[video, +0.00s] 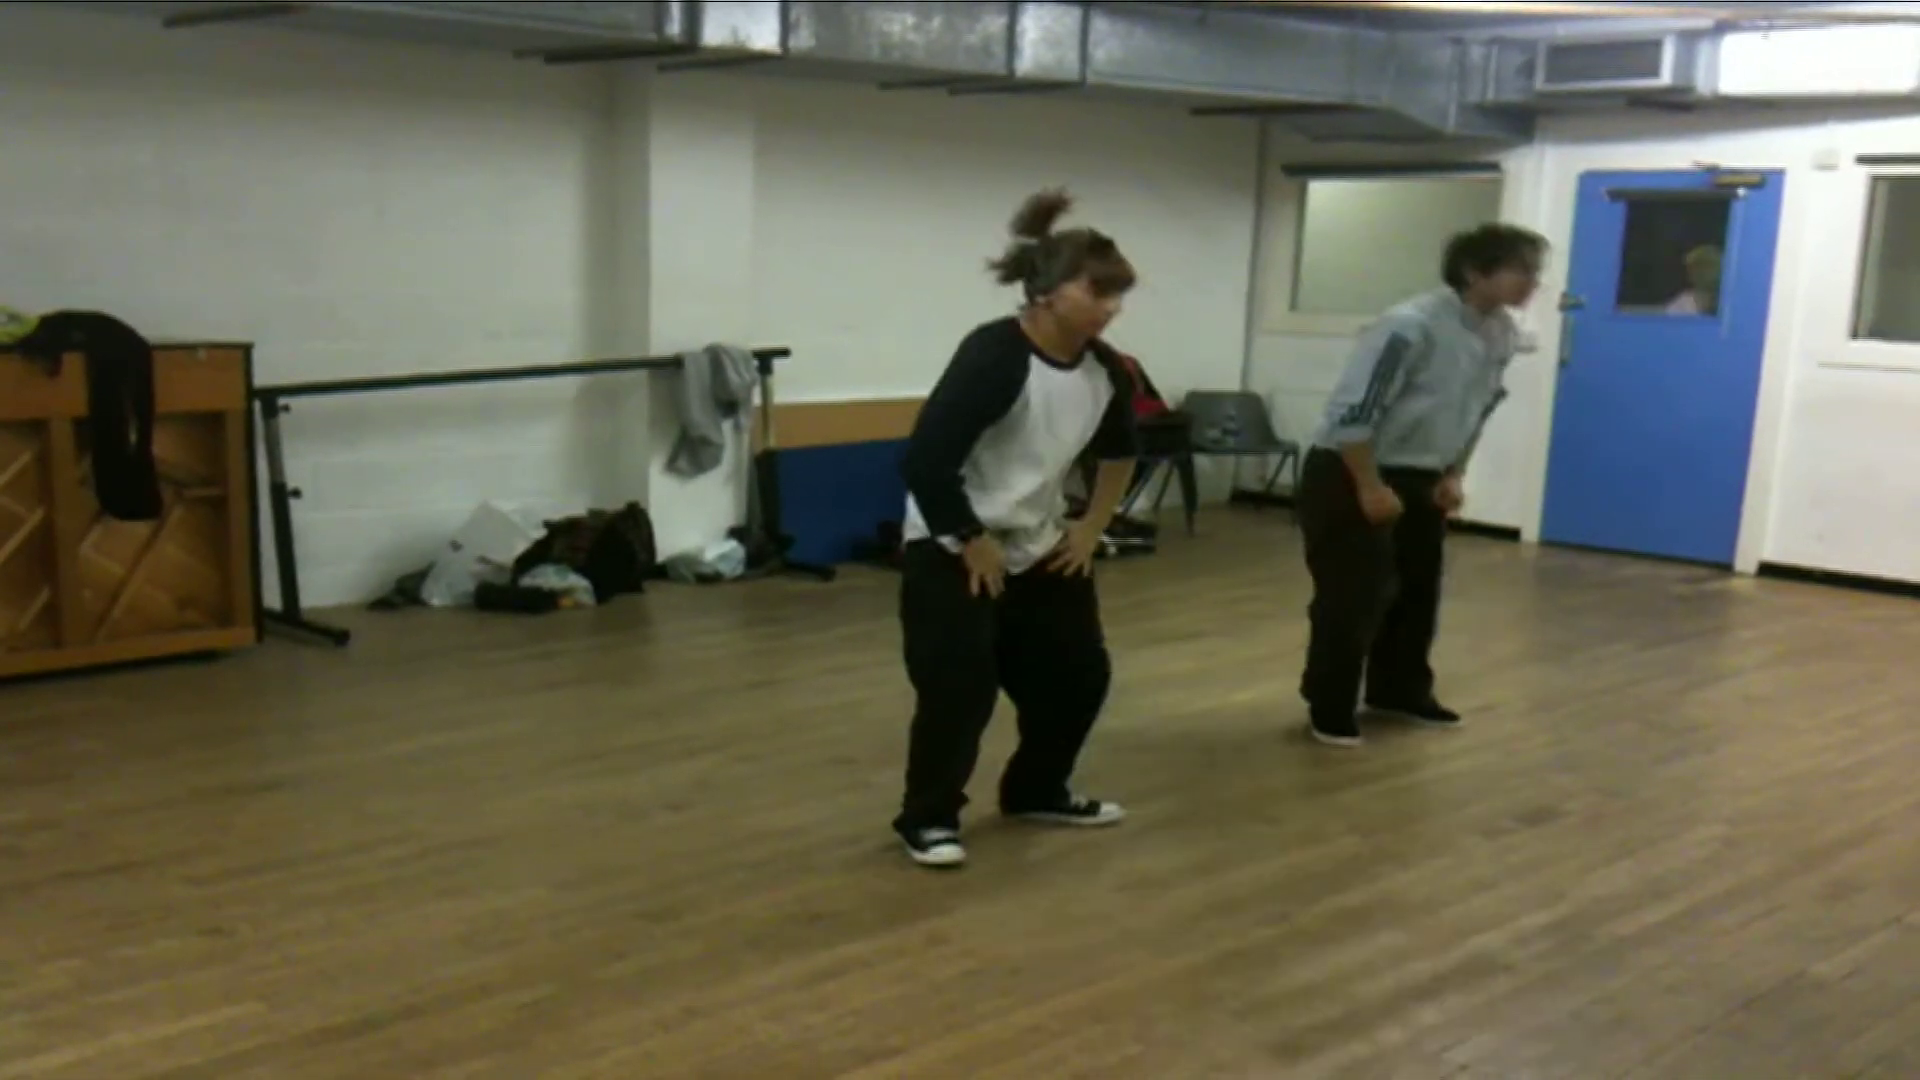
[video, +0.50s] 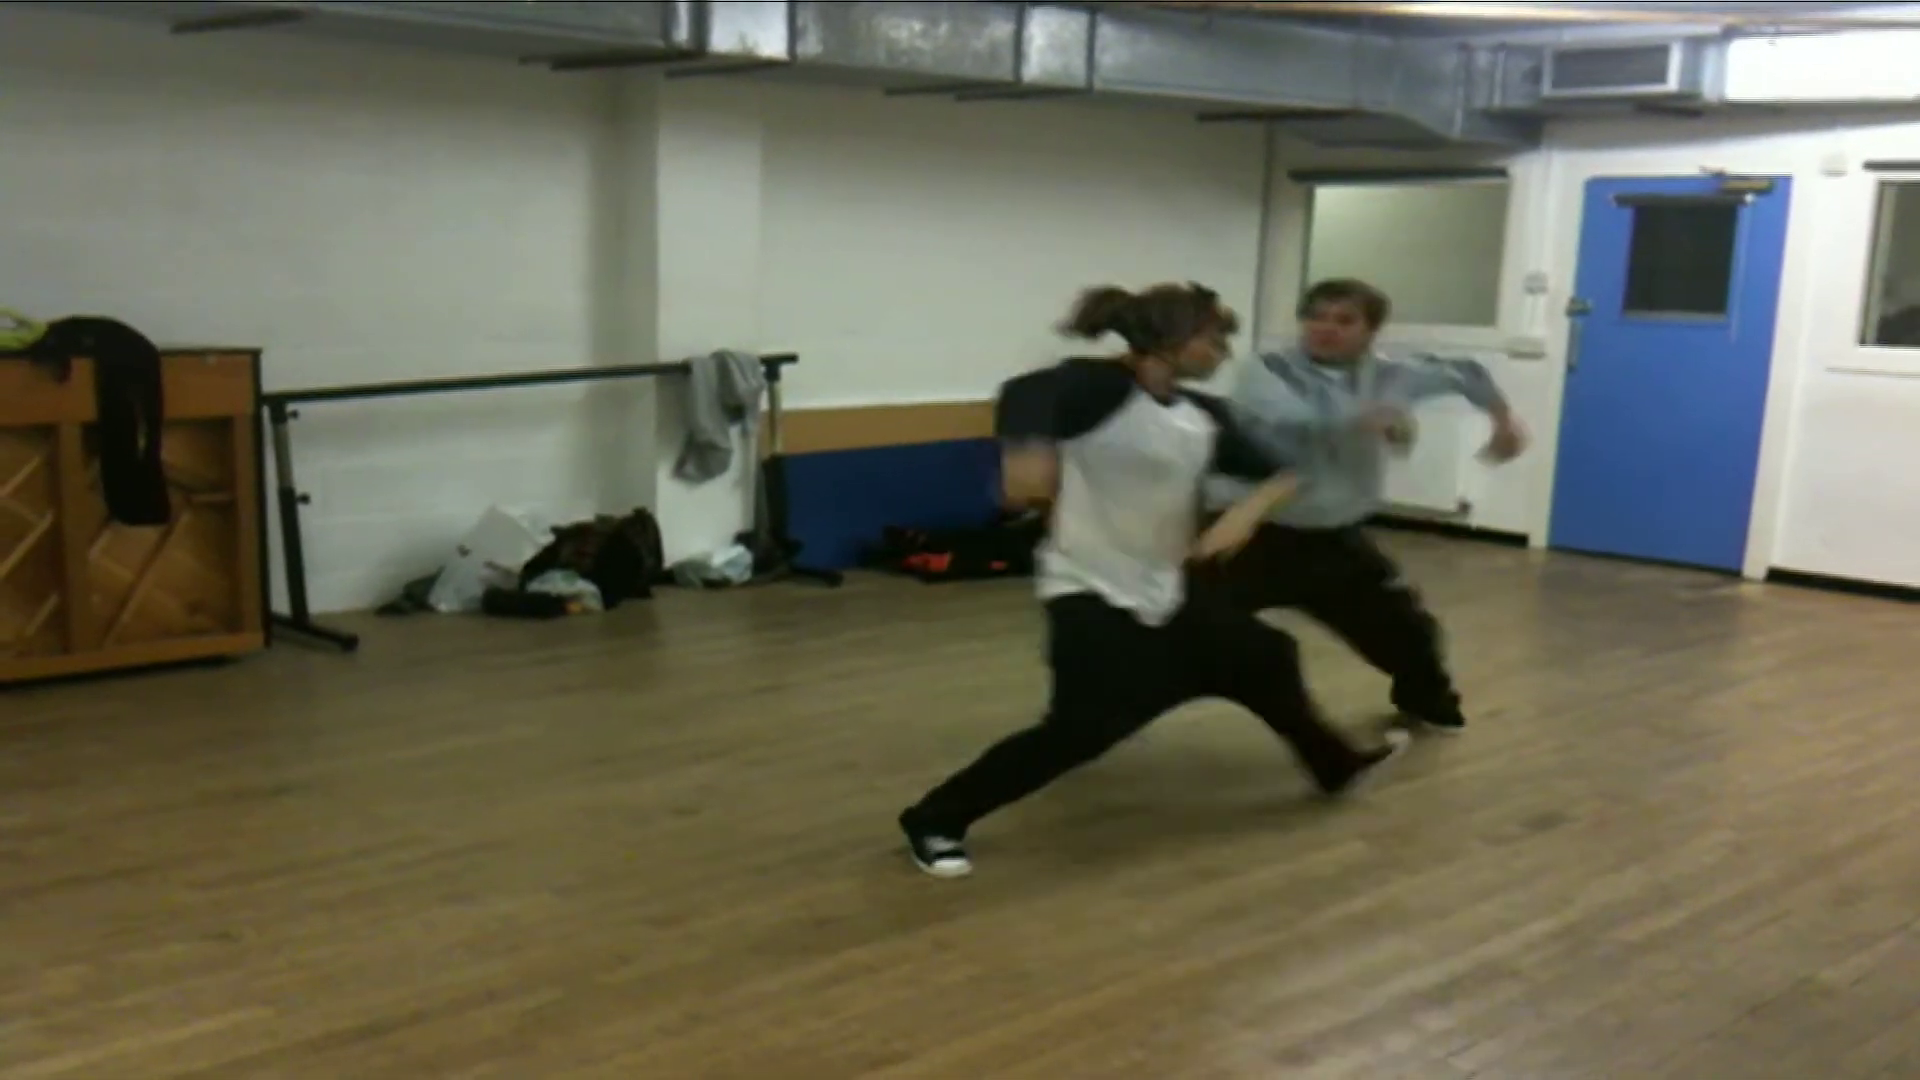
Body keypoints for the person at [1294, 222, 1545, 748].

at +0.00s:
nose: (1531, 285)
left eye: (1532, 274)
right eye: (1522, 272)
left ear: (1495, 279)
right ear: (1480, 273)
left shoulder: (1499, 336)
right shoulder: (1409, 326)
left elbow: (1476, 413)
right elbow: (1349, 417)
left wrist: (1453, 471)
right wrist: (1368, 484)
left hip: (1417, 476)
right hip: (1348, 470)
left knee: (1416, 587)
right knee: (1353, 590)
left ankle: (1399, 689)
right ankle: (1331, 706)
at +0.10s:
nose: (1484, 266)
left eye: (1489, 256)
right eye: (1471, 255)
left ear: (1493, 264)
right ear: (1436, 263)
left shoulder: (1483, 334)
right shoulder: (1386, 328)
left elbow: (1474, 412)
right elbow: (1348, 424)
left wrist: (1457, 476)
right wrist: (1373, 489)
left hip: (1425, 485)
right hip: (1356, 482)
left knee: (1417, 595)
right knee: (1361, 595)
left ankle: (1399, 690)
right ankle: (1333, 709)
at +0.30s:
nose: (1412, 288)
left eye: (1426, 279)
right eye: (1399, 279)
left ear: (1449, 292)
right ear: (1383, 291)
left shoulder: (1460, 358)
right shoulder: (1349, 354)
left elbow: (1447, 437)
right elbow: (1314, 452)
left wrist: (1440, 503)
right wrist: (1337, 518)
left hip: (1400, 494)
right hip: (1328, 491)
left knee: (1439, 592)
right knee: (1349, 595)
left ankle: (1417, 690)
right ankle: (1328, 704)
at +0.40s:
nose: (1376, 321)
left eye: (1391, 311)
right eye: (1366, 311)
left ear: (1416, 323)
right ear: (1353, 322)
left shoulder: (1446, 383)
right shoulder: (1321, 377)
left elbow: (1477, 433)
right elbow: (1305, 465)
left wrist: (1460, 500)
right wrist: (1374, 509)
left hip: (1378, 526)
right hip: (1295, 522)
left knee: (1442, 633)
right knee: (1282, 622)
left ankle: (1416, 699)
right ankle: (1245, 708)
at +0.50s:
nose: (1327, 329)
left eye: (1344, 321)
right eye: (1317, 318)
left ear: (1368, 333)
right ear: (1303, 323)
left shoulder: (1379, 378)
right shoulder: (1266, 373)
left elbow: (1462, 373)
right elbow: (1280, 426)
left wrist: (1502, 418)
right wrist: (1358, 423)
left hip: (1334, 544)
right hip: (1252, 539)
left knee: (1407, 629)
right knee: (1188, 618)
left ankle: (1425, 702)